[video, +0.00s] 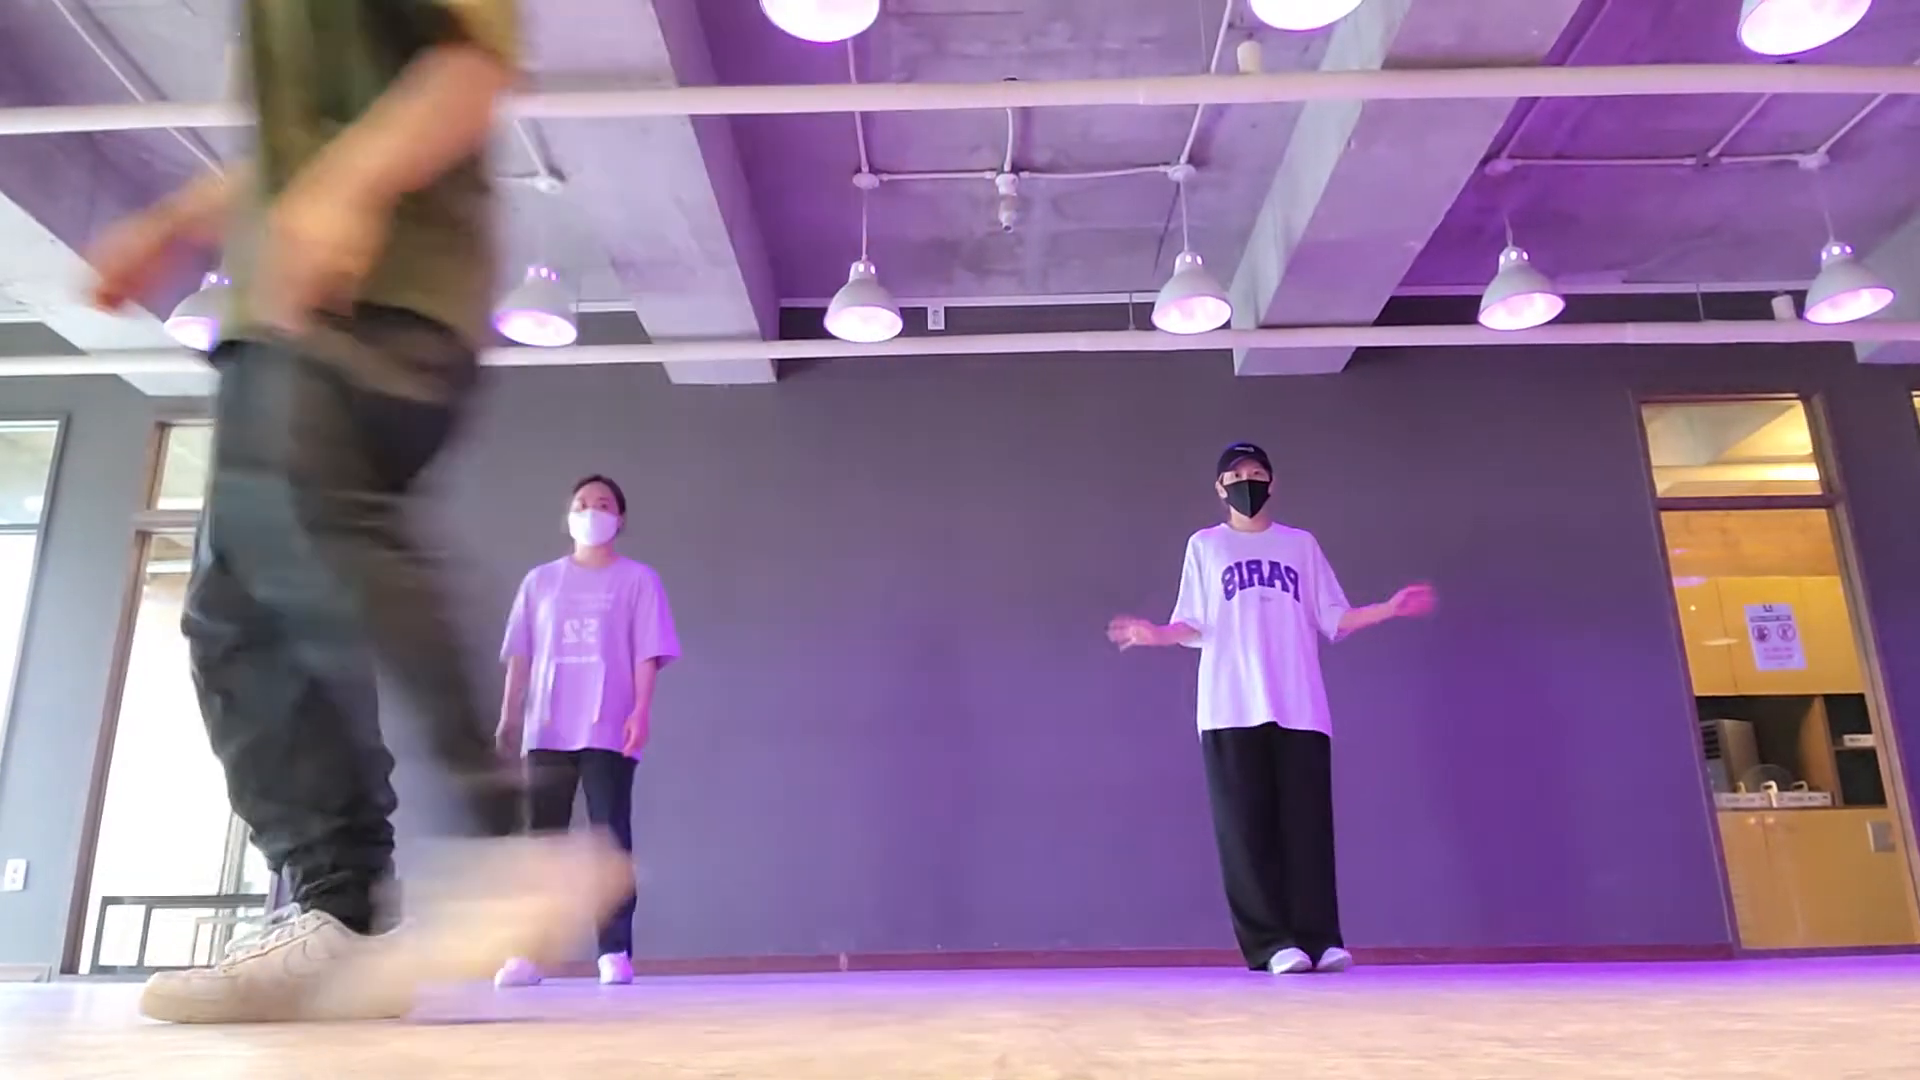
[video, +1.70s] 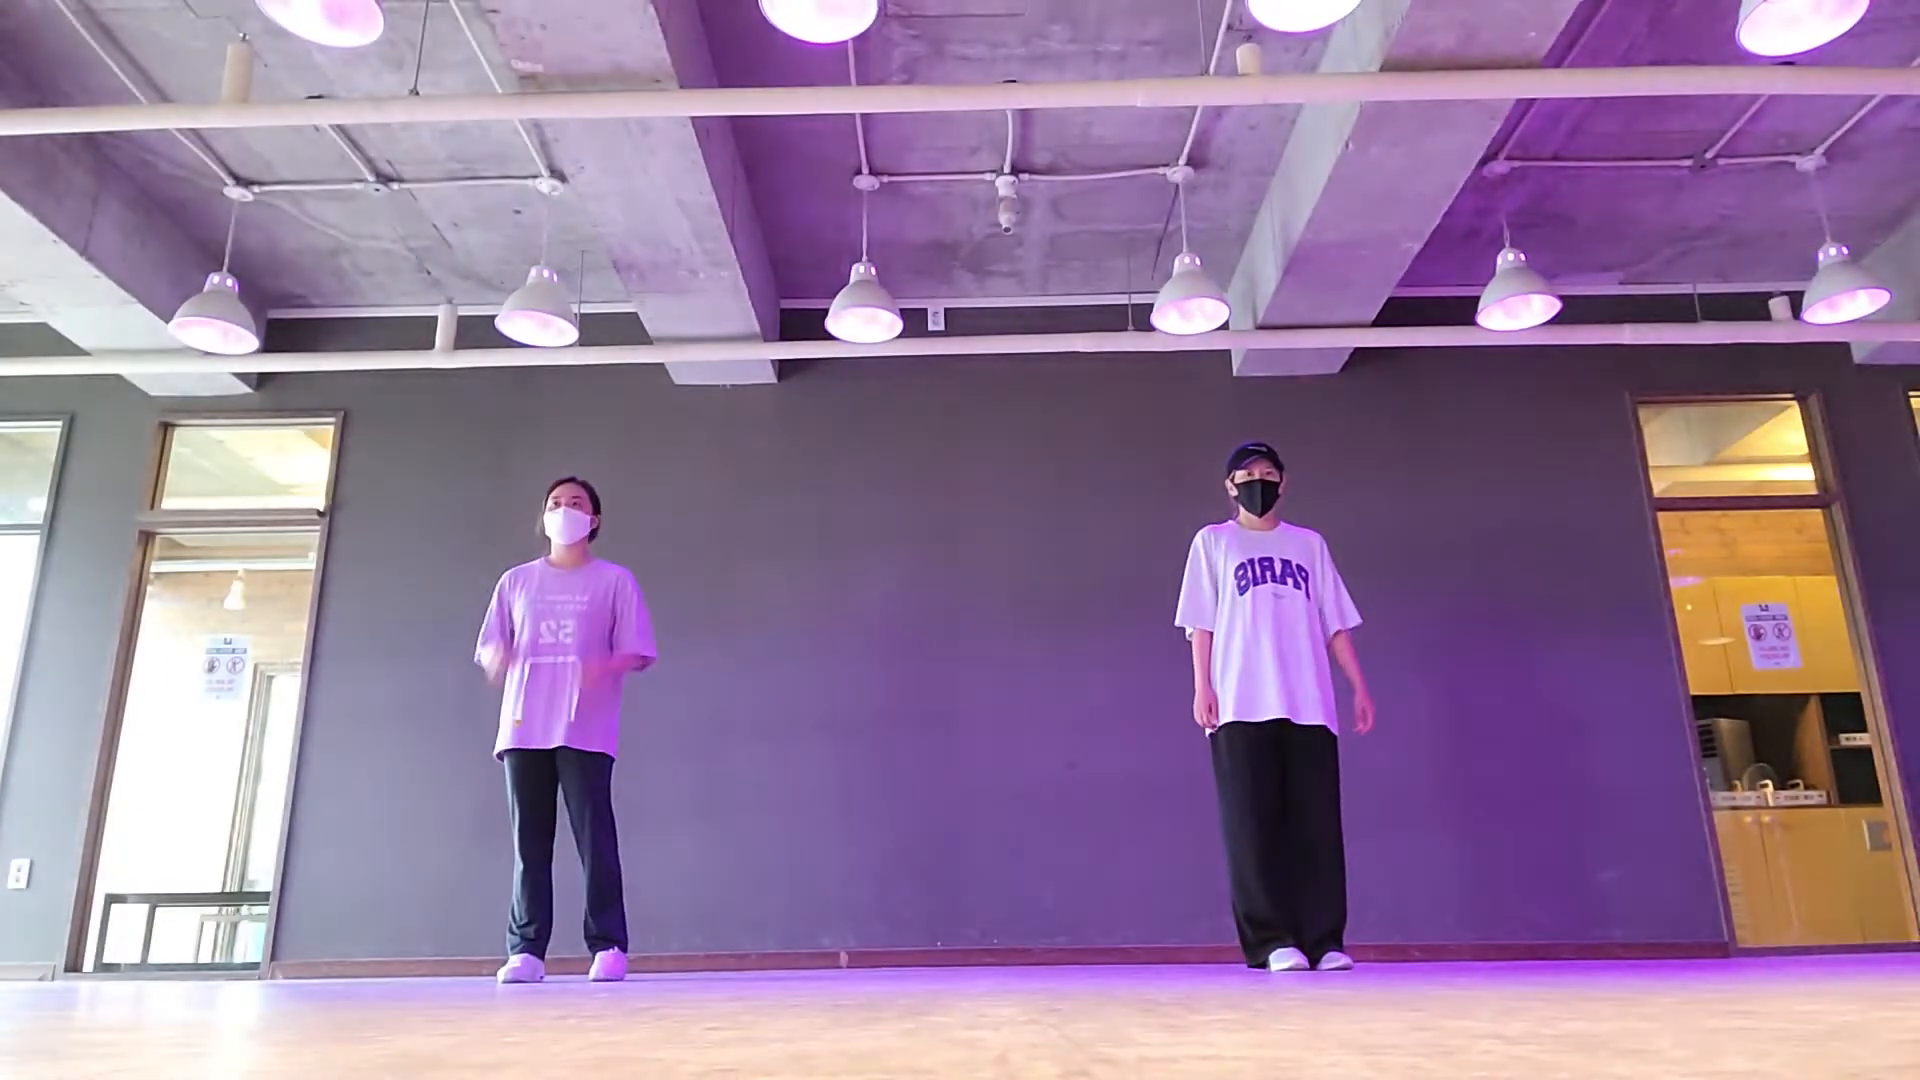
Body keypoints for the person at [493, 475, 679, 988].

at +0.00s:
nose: (590, 513)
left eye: (602, 507)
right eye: (582, 506)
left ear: (619, 521)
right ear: (567, 519)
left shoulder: (639, 581)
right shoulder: (539, 581)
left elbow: (648, 655)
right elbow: (518, 657)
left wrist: (641, 713)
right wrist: (509, 718)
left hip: (608, 729)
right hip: (547, 729)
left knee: (611, 842)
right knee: (539, 844)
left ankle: (614, 951)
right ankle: (526, 951)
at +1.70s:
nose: (566, 511)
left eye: (577, 505)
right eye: (557, 504)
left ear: (594, 522)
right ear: (543, 520)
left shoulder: (616, 581)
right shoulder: (514, 581)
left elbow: (638, 653)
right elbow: (490, 651)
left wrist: (604, 666)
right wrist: (497, 657)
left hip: (586, 729)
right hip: (524, 728)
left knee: (595, 841)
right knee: (529, 845)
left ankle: (609, 949)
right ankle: (525, 953)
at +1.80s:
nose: (569, 510)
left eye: (581, 504)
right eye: (560, 504)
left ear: (598, 522)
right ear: (547, 521)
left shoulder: (621, 580)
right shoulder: (521, 580)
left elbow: (645, 651)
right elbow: (485, 650)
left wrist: (606, 615)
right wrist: (512, 608)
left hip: (591, 728)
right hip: (529, 727)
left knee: (597, 840)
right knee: (531, 844)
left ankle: (609, 949)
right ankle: (525, 953)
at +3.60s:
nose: (593, 511)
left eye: (604, 505)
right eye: (584, 505)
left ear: (620, 522)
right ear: (570, 520)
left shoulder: (635, 576)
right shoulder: (543, 577)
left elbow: (670, 617)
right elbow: (490, 610)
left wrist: (663, 565)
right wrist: (516, 555)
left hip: (612, 721)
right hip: (548, 721)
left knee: (611, 837)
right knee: (543, 837)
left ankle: (610, 949)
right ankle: (527, 951)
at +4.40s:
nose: (573, 511)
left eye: (586, 503)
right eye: (569, 504)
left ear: (611, 519)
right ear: (562, 518)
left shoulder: (633, 574)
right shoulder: (543, 581)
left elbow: (676, 633)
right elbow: (499, 641)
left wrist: (657, 583)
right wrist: (478, 601)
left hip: (609, 723)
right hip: (547, 723)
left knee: (609, 839)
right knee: (542, 841)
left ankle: (610, 949)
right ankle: (527, 951)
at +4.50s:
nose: (573, 510)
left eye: (585, 503)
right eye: (569, 503)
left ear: (611, 518)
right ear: (561, 518)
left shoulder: (636, 576)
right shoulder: (540, 582)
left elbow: (674, 645)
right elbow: (518, 652)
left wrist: (639, 636)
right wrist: (494, 655)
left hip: (607, 725)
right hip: (546, 725)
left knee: (608, 840)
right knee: (541, 841)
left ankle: (610, 949)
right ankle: (527, 952)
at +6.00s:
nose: (556, 513)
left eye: (568, 505)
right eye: (553, 505)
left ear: (598, 516)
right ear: (549, 517)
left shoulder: (628, 572)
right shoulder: (536, 581)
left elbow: (656, 648)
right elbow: (537, 661)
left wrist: (653, 709)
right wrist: (531, 721)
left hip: (603, 722)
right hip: (543, 724)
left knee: (604, 838)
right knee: (538, 840)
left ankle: (609, 948)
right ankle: (527, 950)